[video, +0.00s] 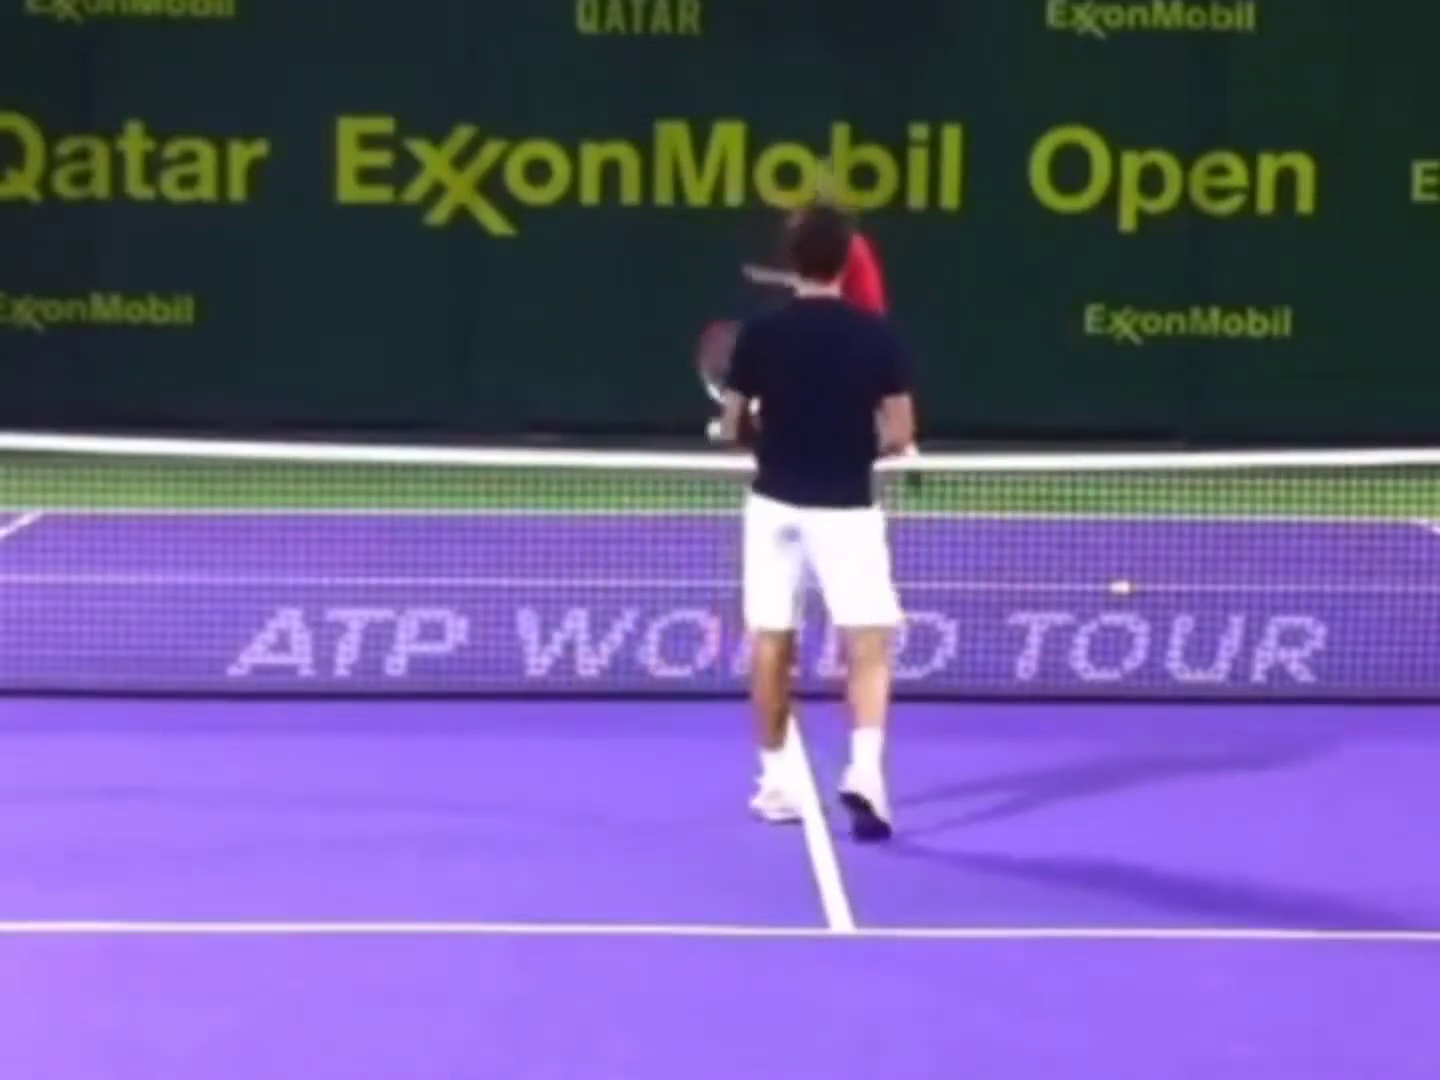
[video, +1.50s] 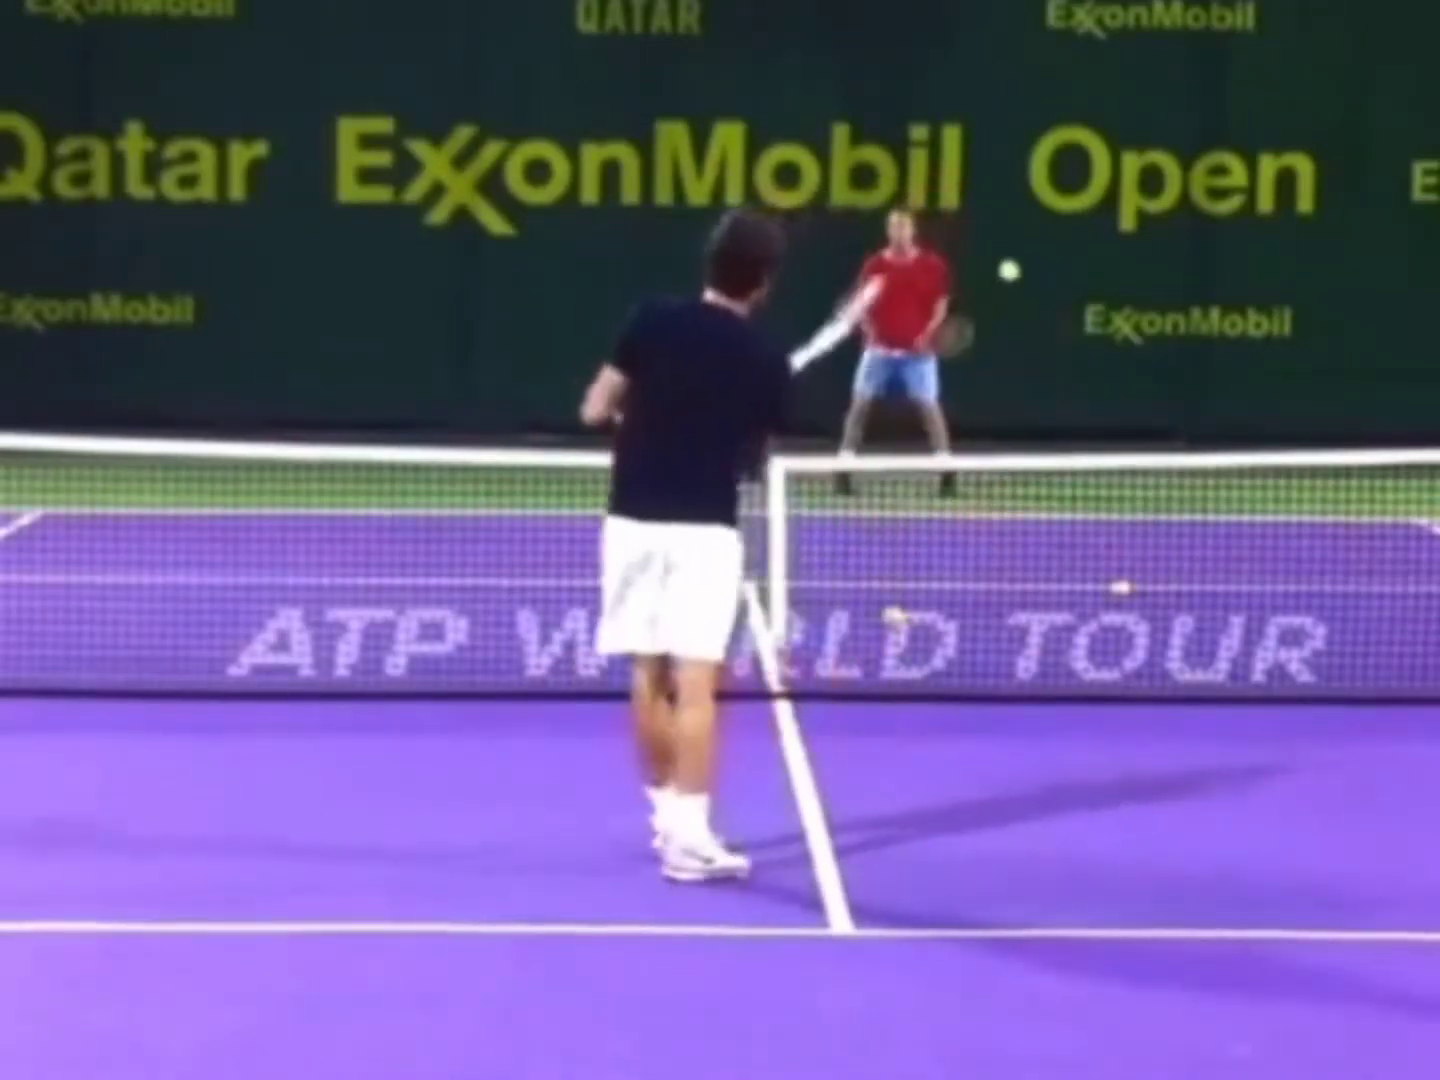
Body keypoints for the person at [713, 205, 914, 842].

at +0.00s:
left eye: (800, 257)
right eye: (839, 254)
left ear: (790, 263)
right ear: (848, 262)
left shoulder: (761, 329)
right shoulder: (874, 334)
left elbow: (734, 418)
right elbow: (898, 431)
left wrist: (769, 428)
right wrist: (851, 444)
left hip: (772, 502)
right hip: (845, 508)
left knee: (770, 639)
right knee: (870, 638)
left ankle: (779, 775)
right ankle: (864, 767)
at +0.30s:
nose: (893, 271)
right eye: (893, 260)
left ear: (828, 262)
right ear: (886, 267)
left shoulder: (786, 326)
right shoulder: (900, 343)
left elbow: (745, 411)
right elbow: (930, 445)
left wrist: (784, 439)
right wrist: (885, 471)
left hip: (774, 505)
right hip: (850, 513)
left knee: (766, 645)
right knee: (854, 660)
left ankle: (761, 784)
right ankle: (860, 803)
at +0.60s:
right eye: (844, 265)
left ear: (794, 264)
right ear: (849, 271)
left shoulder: (751, 327)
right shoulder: (867, 340)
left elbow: (710, 413)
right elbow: (899, 442)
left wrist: (757, 426)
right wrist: (870, 477)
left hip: (749, 511)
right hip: (826, 516)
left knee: (720, 655)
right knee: (848, 659)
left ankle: (694, 794)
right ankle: (859, 806)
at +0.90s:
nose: (784, 274)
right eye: (786, 265)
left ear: (731, 264)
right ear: (786, 271)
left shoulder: (688, 324)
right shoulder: (787, 339)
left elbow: (623, 408)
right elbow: (816, 446)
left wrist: (669, 445)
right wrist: (873, 480)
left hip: (683, 518)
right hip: (758, 523)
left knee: (684, 664)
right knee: (794, 657)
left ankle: (680, 815)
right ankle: (826, 800)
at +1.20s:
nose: (778, 281)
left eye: (775, 269)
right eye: (779, 272)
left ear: (720, 258)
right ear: (769, 276)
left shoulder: (661, 315)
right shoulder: (760, 342)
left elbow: (589, 389)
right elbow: (784, 441)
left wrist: (631, 432)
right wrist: (827, 486)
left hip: (650, 516)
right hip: (721, 521)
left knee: (660, 672)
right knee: (734, 668)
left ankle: (676, 815)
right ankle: (724, 813)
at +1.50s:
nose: (765, 287)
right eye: (767, 278)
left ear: (707, 268)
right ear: (764, 285)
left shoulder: (654, 323)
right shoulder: (765, 358)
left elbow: (596, 408)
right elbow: (763, 450)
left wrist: (652, 413)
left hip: (633, 523)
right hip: (707, 530)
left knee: (649, 676)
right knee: (697, 683)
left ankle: (665, 811)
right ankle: (690, 827)